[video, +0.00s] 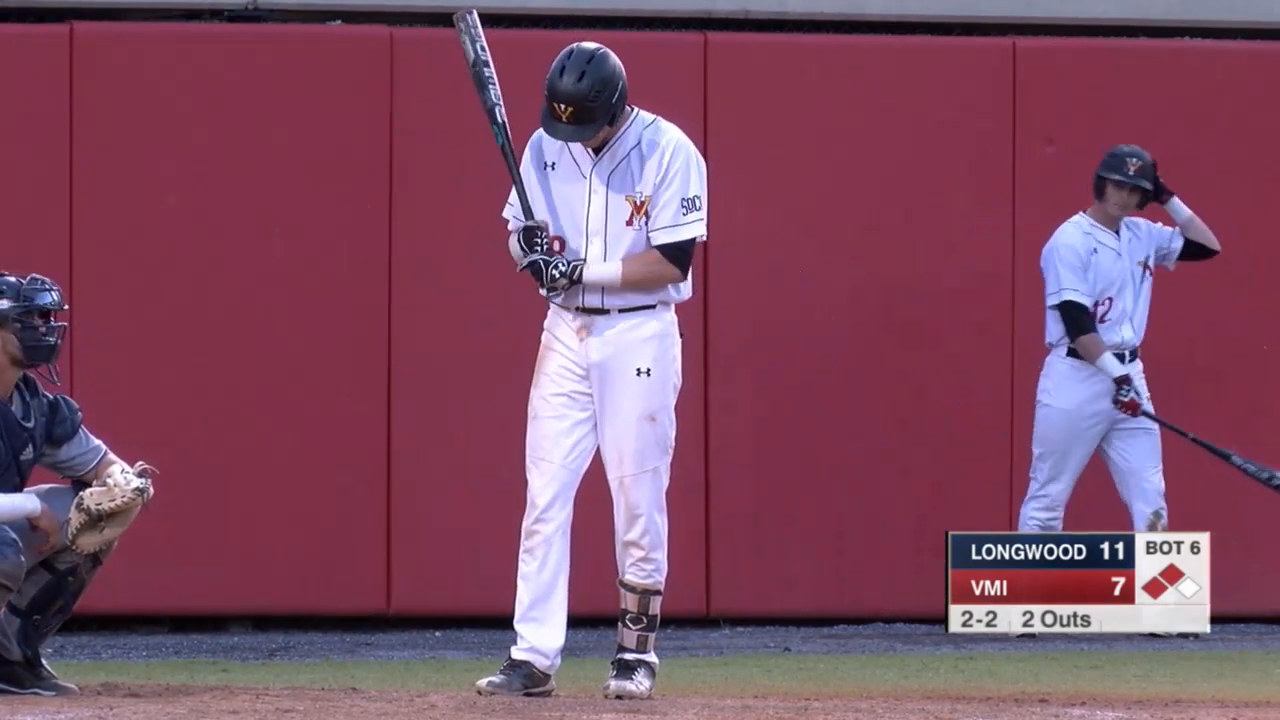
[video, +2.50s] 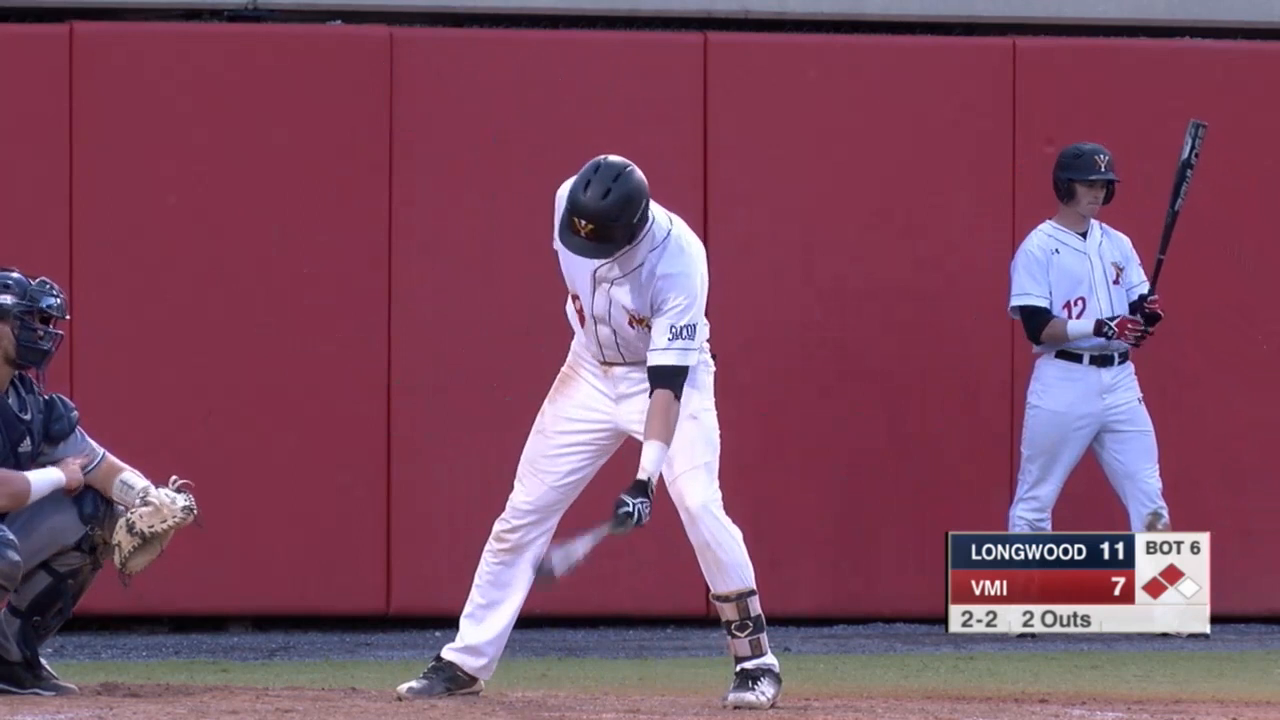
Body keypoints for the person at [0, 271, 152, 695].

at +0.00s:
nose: (40, 328)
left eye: (42, 319)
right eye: (25, 319)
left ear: (47, 325)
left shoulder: (37, 404)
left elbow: (98, 462)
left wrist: (127, 483)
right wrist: (29, 505)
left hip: (9, 522)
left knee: (96, 513)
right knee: (10, 547)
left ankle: (14, 652)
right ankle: (7, 653)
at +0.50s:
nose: (37, 328)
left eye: (40, 318)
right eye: (23, 319)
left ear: (46, 325)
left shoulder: (38, 406)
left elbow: (97, 461)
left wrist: (125, 483)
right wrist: (26, 505)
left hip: (9, 523)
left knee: (97, 510)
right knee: (12, 544)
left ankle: (15, 651)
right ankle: (8, 652)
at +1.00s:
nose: (38, 328)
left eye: (41, 318)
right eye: (23, 319)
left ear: (48, 325)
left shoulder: (37, 406)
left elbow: (97, 461)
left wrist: (125, 484)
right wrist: (27, 505)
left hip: (9, 522)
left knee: (96, 511)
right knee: (11, 545)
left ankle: (15, 652)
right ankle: (8, 653)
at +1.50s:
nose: (38, 329)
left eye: (41, 320)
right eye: (23, 320)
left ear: (47, 326)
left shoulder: (37, 406)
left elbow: (97, 462)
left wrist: (126, 484)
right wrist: (26, 505)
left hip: (9, 521)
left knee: (96, 511)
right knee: (11, 545)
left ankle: (16, 652)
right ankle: (9, 653)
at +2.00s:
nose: (38, 330)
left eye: (41, 321)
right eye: (23, 320)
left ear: (46, 327)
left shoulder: (35, 405)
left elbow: (98, 463)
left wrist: (128, 485)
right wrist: (26, 507)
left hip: (9, 522)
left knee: (93, 513)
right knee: (9, 547)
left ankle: (15, 651)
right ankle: (8, 654)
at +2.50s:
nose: (40, 332)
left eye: (43, 323)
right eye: (28, 320)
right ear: (1, 323)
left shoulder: (34, 403)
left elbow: (102, 467)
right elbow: (8, 492)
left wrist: (151, 497)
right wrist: (59, 475)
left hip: (12, 532)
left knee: (95, 513)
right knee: (10, 559)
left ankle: (15, 652)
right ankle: (10, 653)